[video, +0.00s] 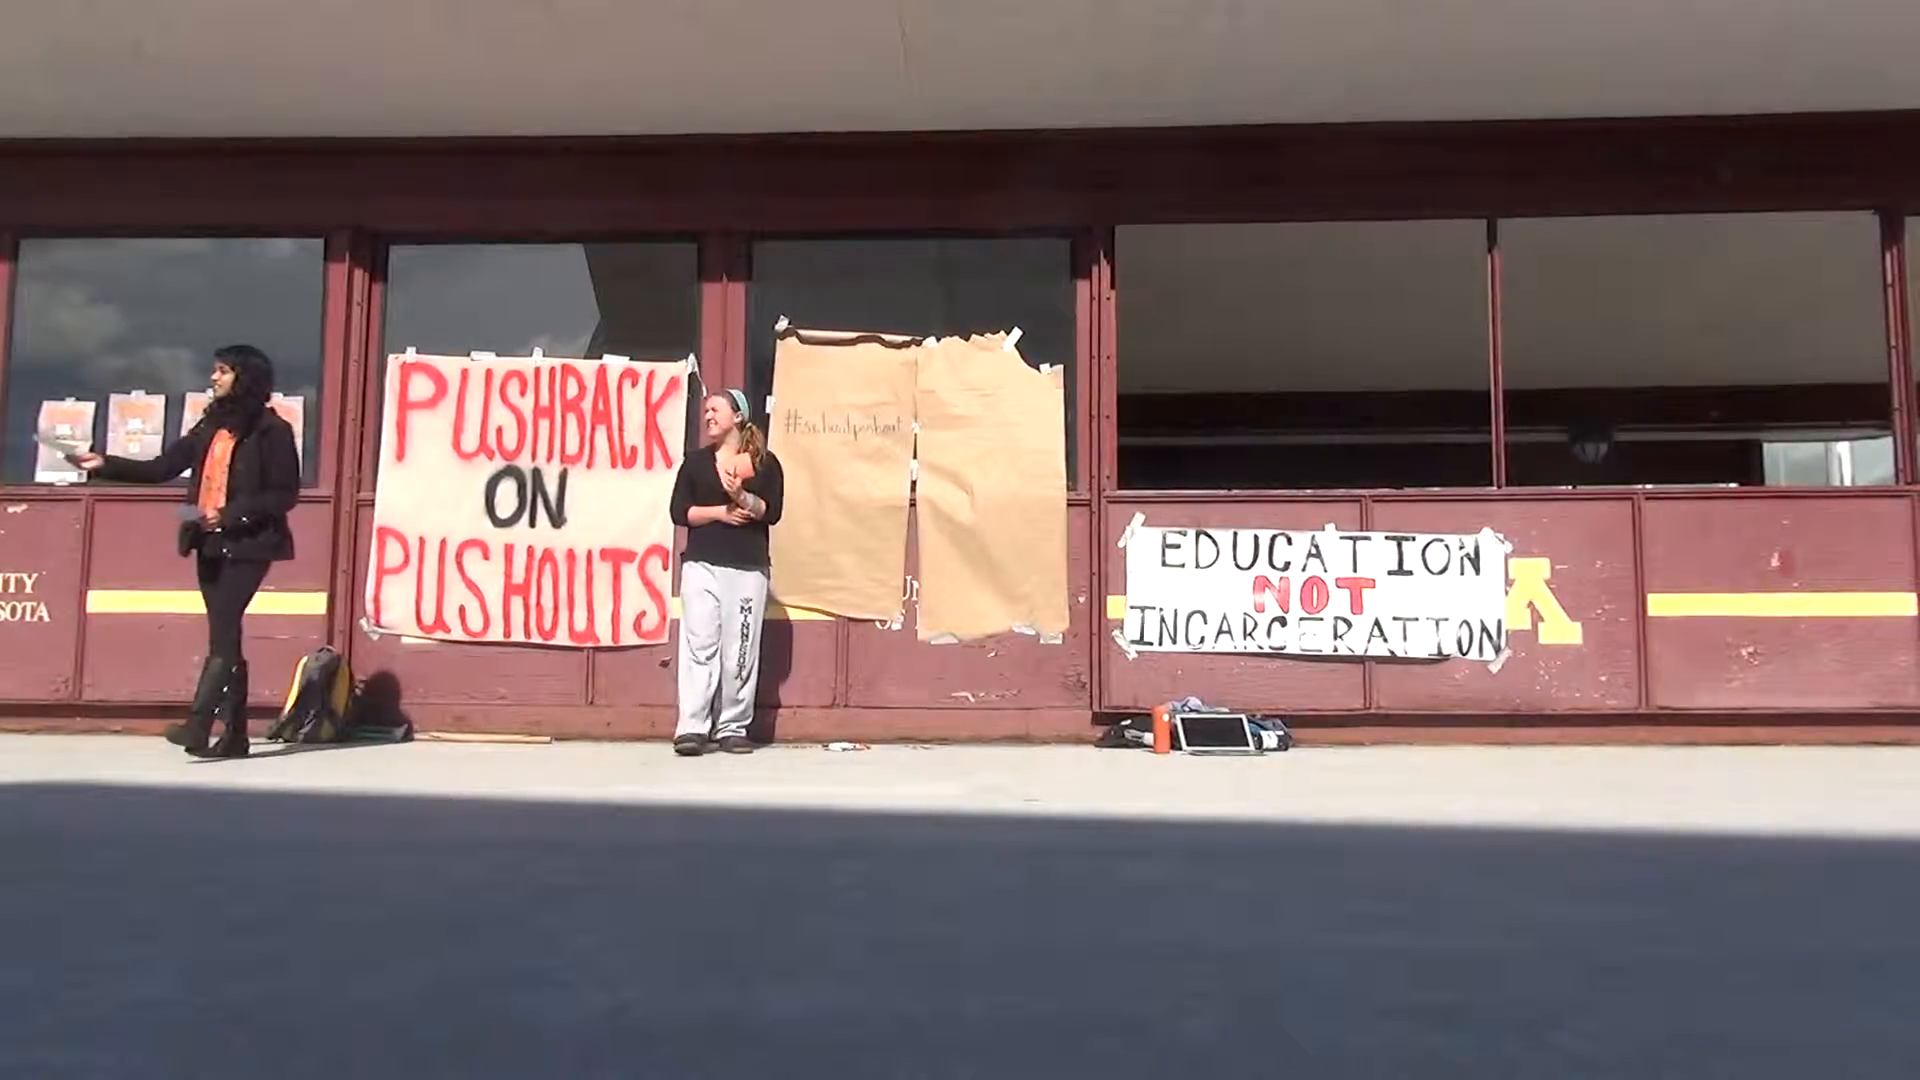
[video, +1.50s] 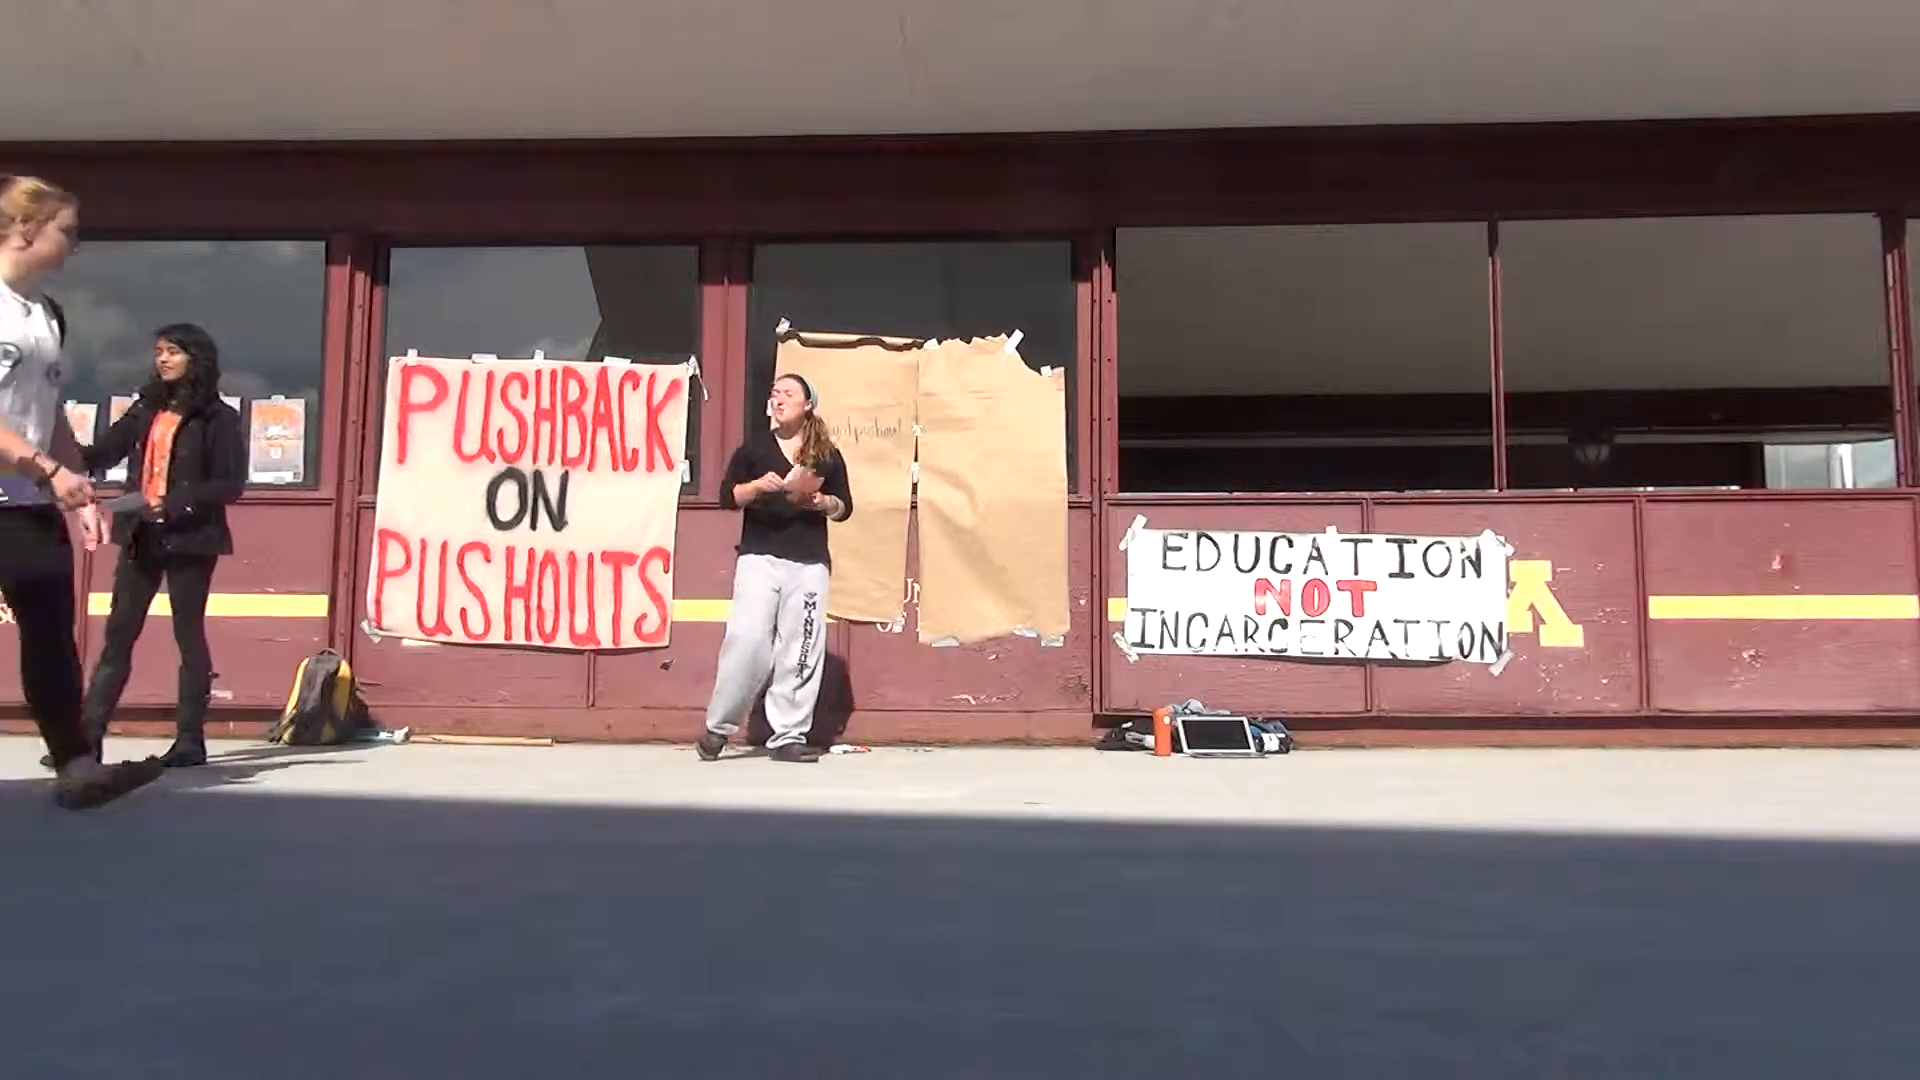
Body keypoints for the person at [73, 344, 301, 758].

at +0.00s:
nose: (214, 377)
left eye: (223, 371)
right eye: (215, 371)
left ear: (245, 379)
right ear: (222, 379)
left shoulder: (273, 430)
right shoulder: (213, 424)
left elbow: (285, 493)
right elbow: (164, 467)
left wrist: (233, 514)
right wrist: (106, 464)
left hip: (252, 544)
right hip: (212, 541)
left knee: (224, 622)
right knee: (224, 628)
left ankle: (199, 722)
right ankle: (236, 733)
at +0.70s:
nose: (193, 368)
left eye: (203, 361)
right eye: (192, 361)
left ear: (226, 368)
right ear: (192, 367)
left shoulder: (248, 422)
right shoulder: (182, 414)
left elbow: (256, 488)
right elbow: (137, 457)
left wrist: (202, 502)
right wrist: (80, 452)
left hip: (218, 542)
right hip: (175, 539)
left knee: (203, 633)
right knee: (162, 634)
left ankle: (191, 736)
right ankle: (210, 711)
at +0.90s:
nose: (189, 365)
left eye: (199, 358)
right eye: (187, 358)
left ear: (223, 364)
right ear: (185, 364)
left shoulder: (245, 420)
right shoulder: (178, 410)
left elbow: (253, 488)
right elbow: (134, 452)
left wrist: (195, 505)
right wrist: (76, 443)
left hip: (214, 543)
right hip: (169, 537)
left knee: (201, 636)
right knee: (145, 630)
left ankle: (190, 739)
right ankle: (174, 727)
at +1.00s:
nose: (186, 364)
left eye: (196, 357)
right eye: (184, 358)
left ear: (220, 363)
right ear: (183, 365)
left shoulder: (243, 418)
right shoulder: (176, 411)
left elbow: (252, 487)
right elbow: (132, 452)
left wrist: (191, 505)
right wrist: (78, 442)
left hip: (214, 541)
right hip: (167, 536)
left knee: (200, 632)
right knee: (137, 627)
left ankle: (191, 739)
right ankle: (139, 736)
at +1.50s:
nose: (162, 359)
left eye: (172, 352)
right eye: (159, 352)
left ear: (197, 358)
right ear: (156, 359)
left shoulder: (220, 418)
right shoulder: (148, 408)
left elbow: (231, 484)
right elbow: (104, 453)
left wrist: (174, 503)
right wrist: (60, 459)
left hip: (192, 542)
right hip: (143, 538)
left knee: (189, 634)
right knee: (119, 632)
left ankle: (190, 740)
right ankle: (87, 740)